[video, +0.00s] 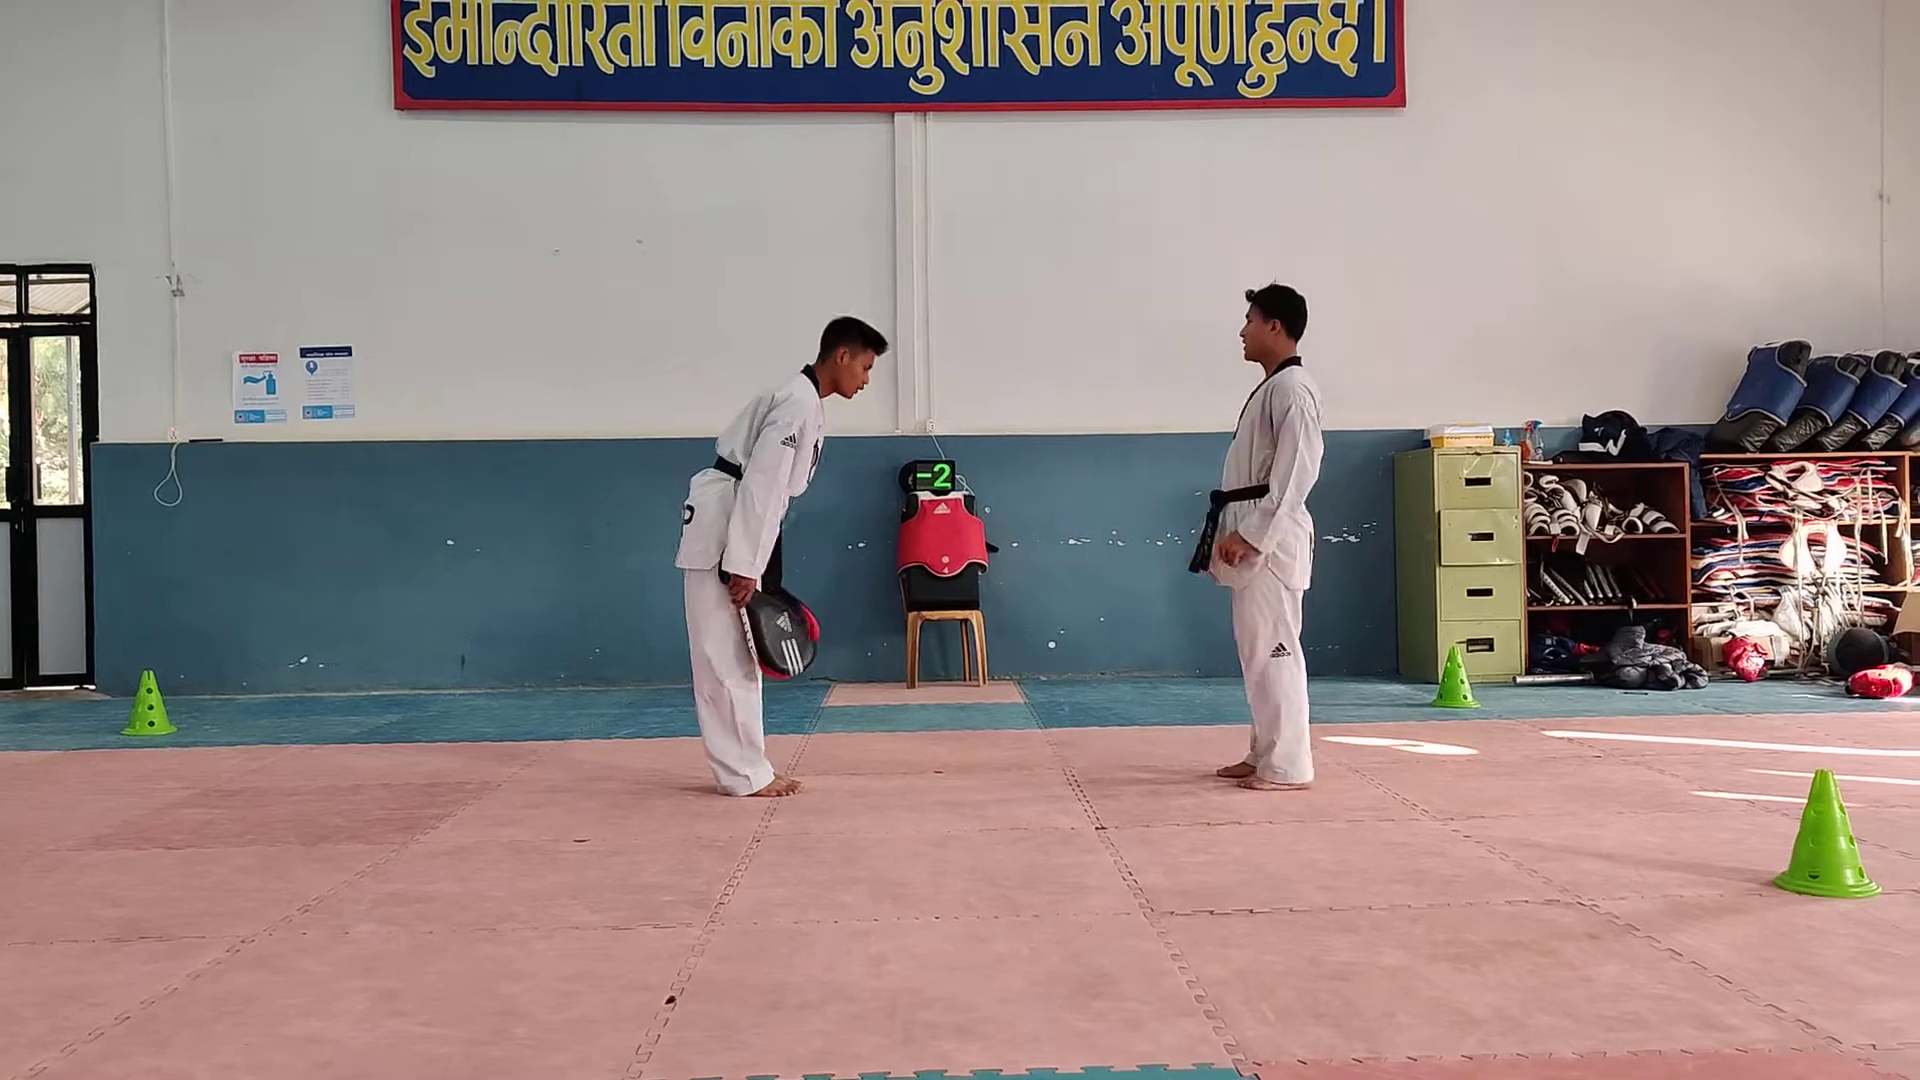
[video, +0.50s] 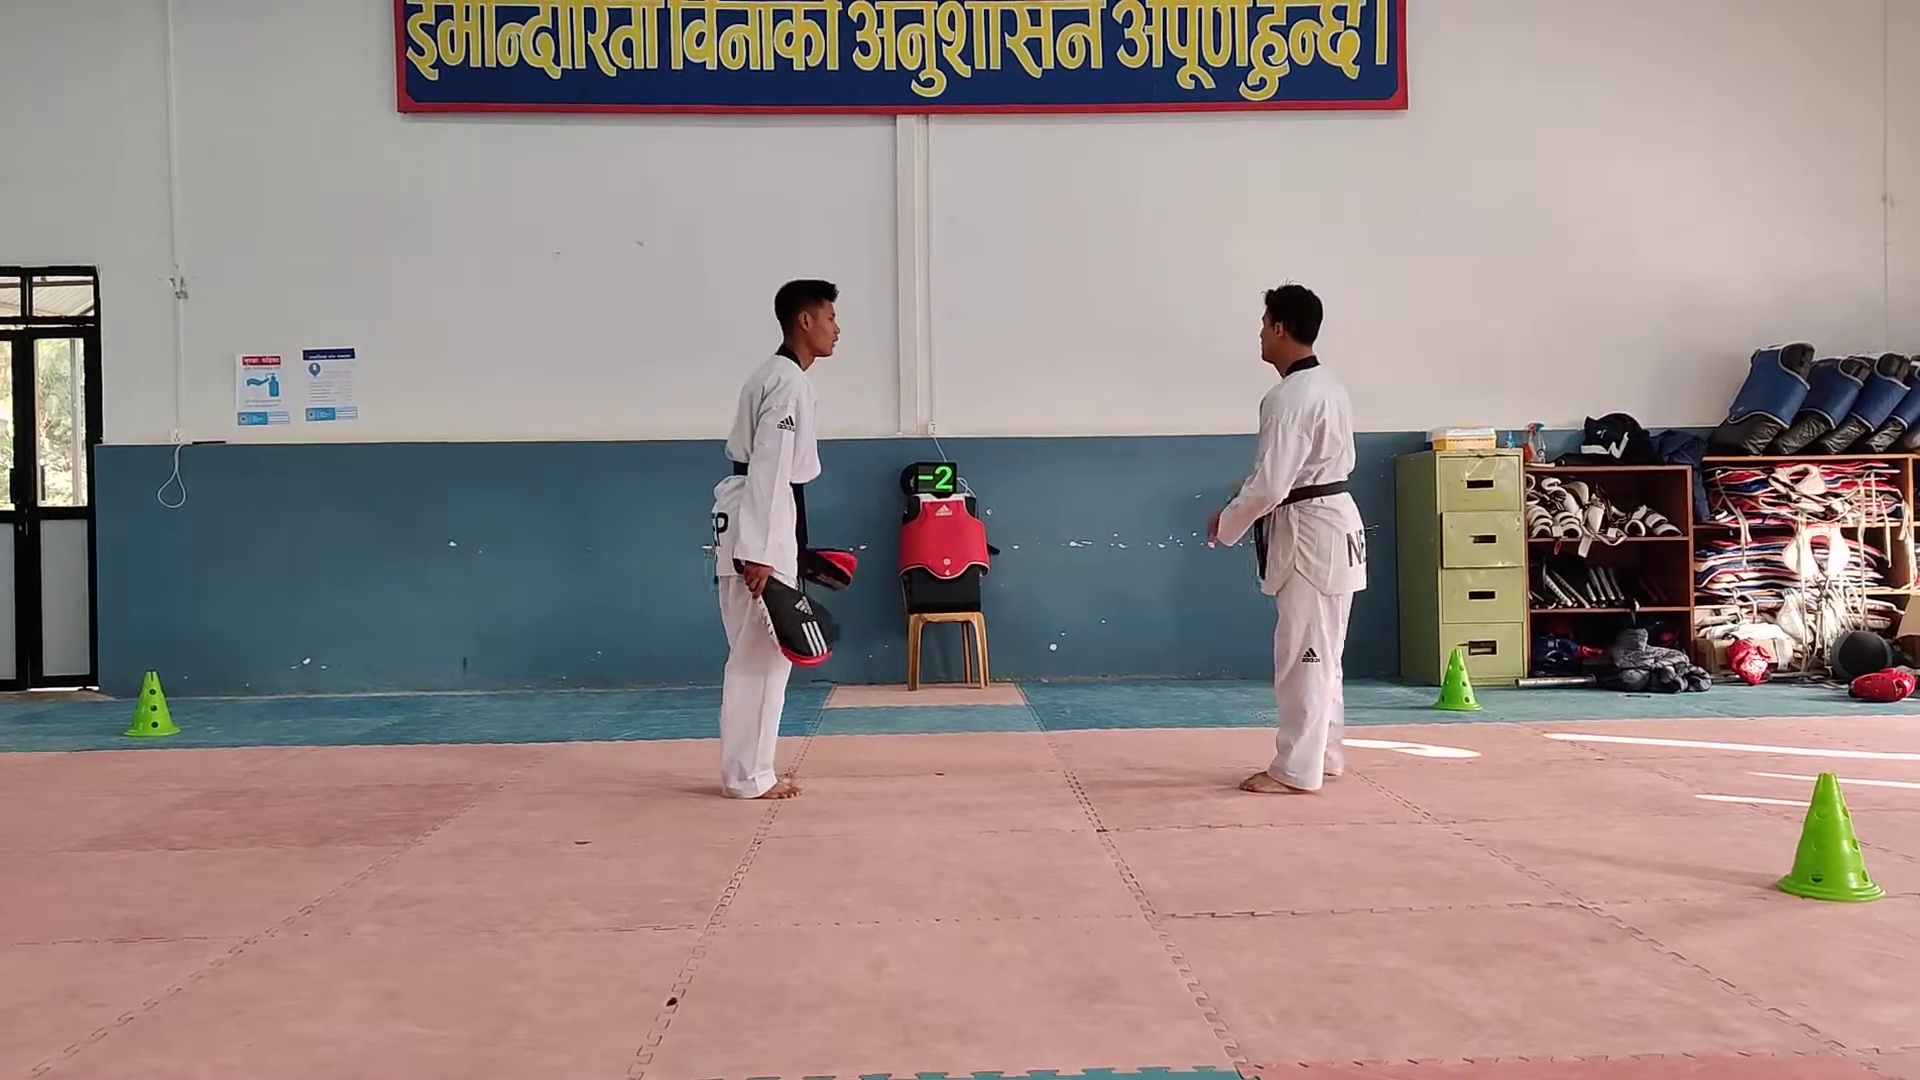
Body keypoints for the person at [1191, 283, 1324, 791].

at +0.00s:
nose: (1242, 330)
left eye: (1249, 320)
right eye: (1245, 320)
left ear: (1274, 327)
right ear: (1276, 328)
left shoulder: (1290, 389)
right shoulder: (1270, 388)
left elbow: (1296, 470)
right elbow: (1255, 472)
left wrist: (1255, 534)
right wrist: (1226, 532)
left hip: (1272, 540)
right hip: (1254, 540)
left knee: (1273, 650)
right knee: (1260, 650)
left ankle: (1287, 764)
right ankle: (1267, 755)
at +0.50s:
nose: (1260, 333)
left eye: (1266, 324)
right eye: (1263, 323)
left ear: (1284, 330)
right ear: (1307, 333)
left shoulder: (1287, 397)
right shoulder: (1331, 388)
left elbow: (1271, 484)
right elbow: (1326, 466)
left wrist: (1227, 521)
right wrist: (1254, 496)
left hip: (1308, 529)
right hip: (1342, 523)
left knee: (1302, 650)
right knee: (1325, 648)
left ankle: (1296, 769)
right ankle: (1327, 753)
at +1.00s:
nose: (1332, 334)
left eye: (1337, 325)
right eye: (1335, 324)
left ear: (1354, 332)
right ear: (1376, 335)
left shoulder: (1350, 390)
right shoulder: (1400, 388)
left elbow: (1362, 465)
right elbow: (1400, 464)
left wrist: (1315, 515)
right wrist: (1335, 472)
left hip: (1368, 527)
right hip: (1412, 521)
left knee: (1333, 647)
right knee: (1422, 647)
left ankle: (1294, 759)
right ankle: (1442, 754)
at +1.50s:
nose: (1324, 322)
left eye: (1330, 313)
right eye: (1327, 312)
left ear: (1346, 319)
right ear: (1371, 324)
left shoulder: (1332, 369)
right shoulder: (1398, 376)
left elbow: (1316, 442)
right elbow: (1421, 451)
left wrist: (1299, 491)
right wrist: (1382, 483)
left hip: (1349, 508)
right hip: (1398, 508)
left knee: (1333, 633)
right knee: (1409, 635)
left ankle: (1313, 752)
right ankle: (1424, 746)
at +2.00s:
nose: (1306, 335)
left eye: (1314, 326)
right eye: (1308, 325)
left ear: (1345, 332)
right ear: (1351, 335)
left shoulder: (1330, 381)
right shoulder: (1388, 385)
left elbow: (1332, 451)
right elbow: (1416, 455)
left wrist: (1305, 497)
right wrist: (1377, 489)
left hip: (1350, 518)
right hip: (1396, 517)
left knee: (1305, 634)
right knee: (1407, 638)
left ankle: (1288, 752)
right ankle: (1440, 744)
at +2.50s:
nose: (1258, 362)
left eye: (1267, 354)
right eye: (1261, 353)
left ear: (1297, 363)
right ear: (1291, 364)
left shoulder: (1313, 411)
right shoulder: (1272, 426)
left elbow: (1351, 451)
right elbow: (1242, 476)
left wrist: (1287, 419)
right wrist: (1188, 456)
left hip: (1308, 545)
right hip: (1325, 545)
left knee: (1236, 642)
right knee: (1382, 654)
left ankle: (1244, 759)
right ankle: (1439, 752)